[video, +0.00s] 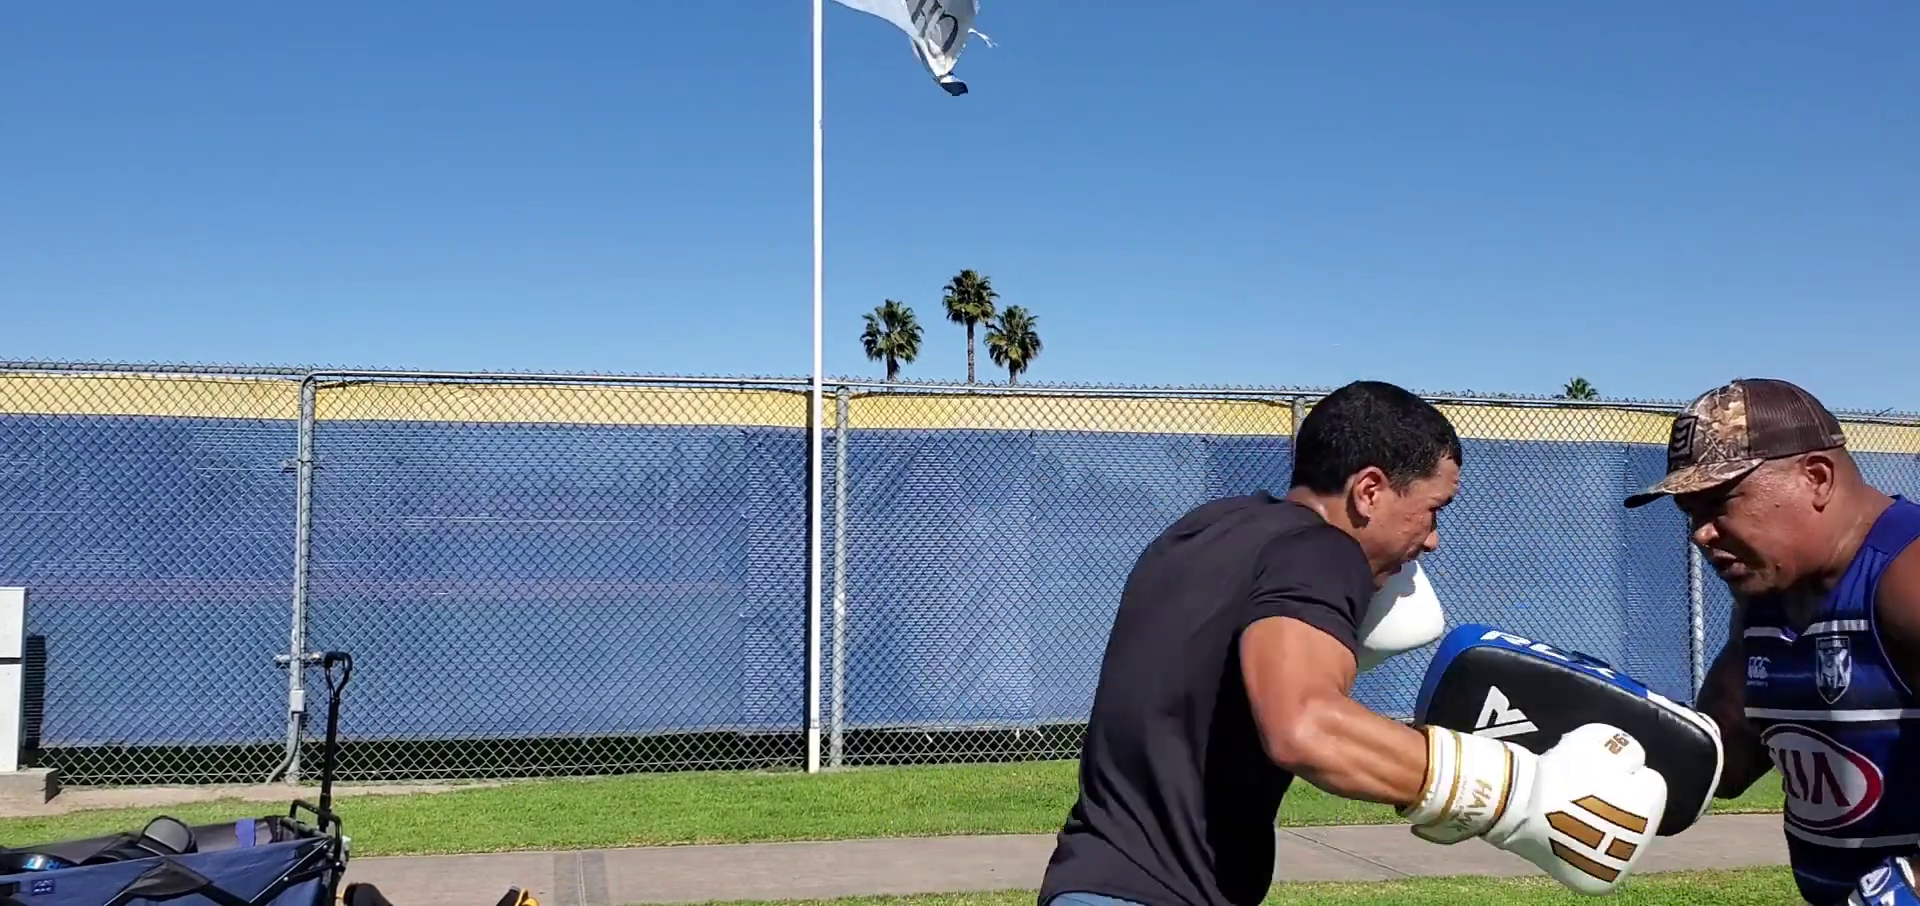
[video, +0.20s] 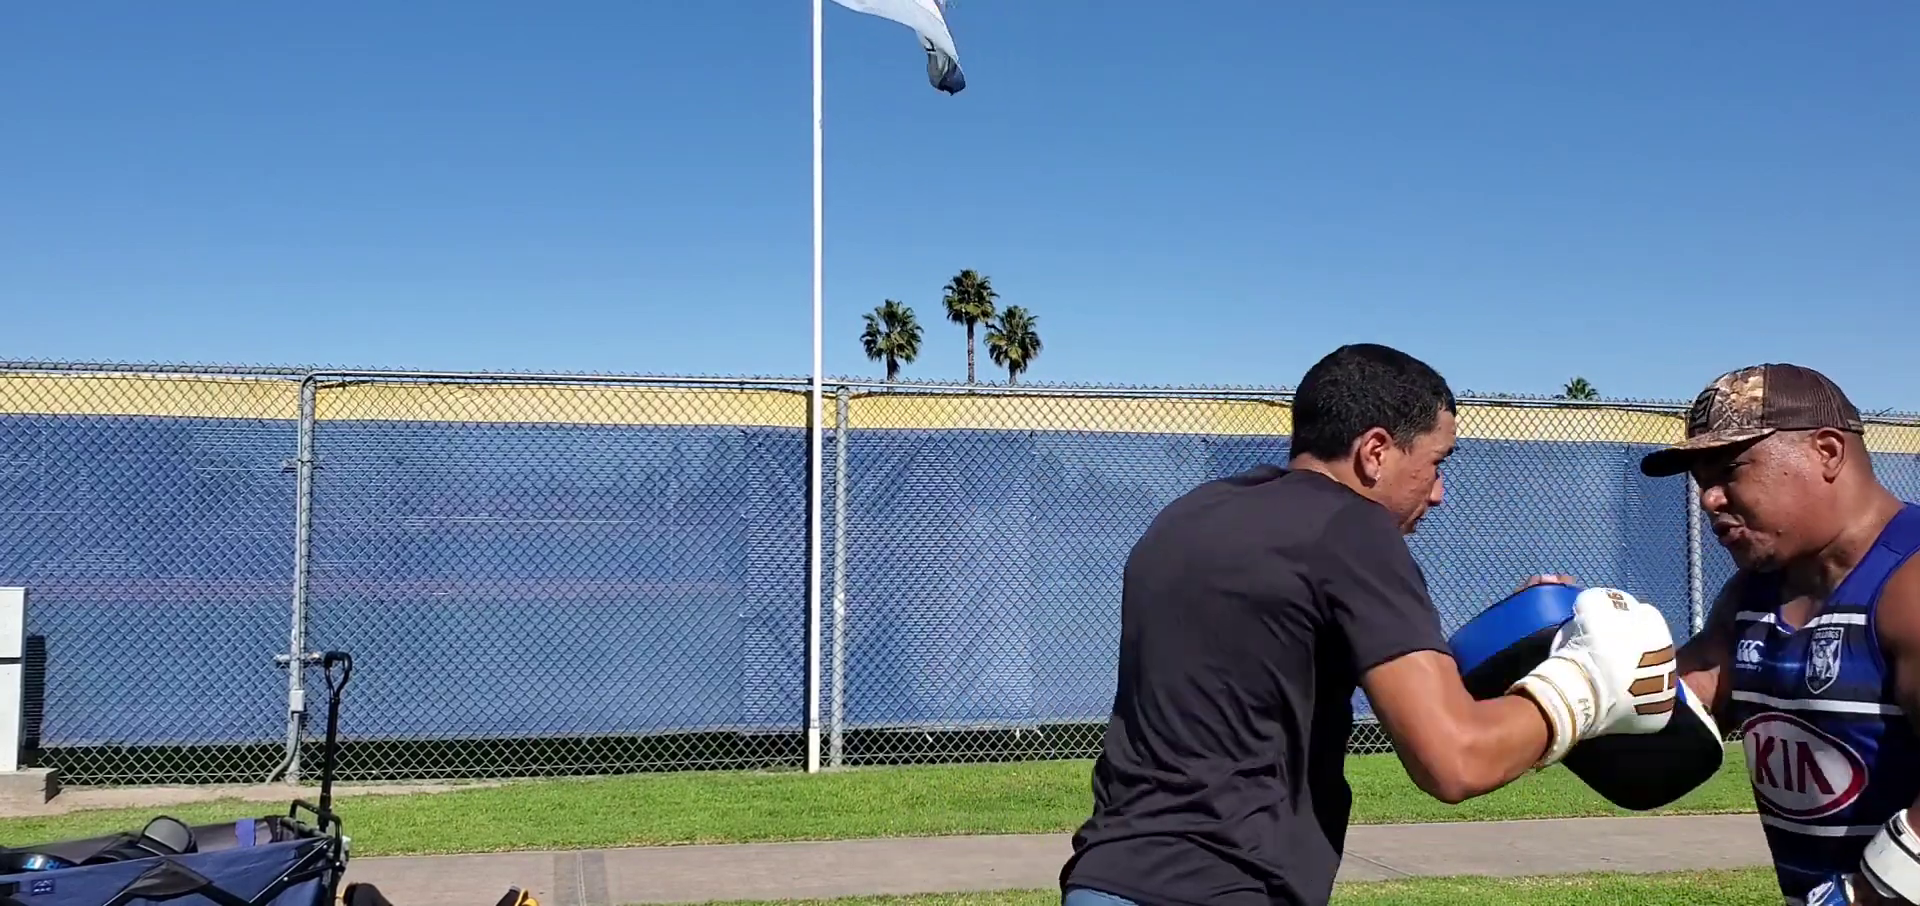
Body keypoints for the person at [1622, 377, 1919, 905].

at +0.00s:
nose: (1701, 535)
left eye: (1719, 504)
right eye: (1692, 512)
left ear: (1817, 480)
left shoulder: (1905, 582)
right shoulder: (1770, 596)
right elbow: (1728, 751)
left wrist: (1910, 884)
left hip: (1899, 890)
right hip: (1830, 889)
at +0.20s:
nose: (1708, 499)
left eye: (1728, 469)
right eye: (1702, 479)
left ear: (1827, 454)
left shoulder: (1906, 590)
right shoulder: (1753, 593)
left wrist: (1880, 881)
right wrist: (1571, 654)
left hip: (1892, 894)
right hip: (1812, 891)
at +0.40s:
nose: (1693, 504)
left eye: (1707, 476)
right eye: (1685, 489)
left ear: (1774, 451)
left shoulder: (1900, 542)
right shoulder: (1734, 584)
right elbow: (1624, 635)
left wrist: (1865, 850)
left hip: (1898, 883)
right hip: (1794, 875)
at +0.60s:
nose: (1683, 511)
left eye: (1699, 481)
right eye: (1672, 495)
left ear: (1769, 454)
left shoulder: (1900, 543)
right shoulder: (1709, 573)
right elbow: (1610, 657)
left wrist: (1874, 869)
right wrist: (1693, 539)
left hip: (1890, 878)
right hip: (1786, 871)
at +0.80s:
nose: (1667, 504)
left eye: (1678, 479)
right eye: (1664, 485)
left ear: (1743, 464)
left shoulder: (1897, 547)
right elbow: (1627, 666)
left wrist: (1894, 862)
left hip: (1884, 887)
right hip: (1793, 881)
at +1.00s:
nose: (1708, 464)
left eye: (1727, 437)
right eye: (1710, 446)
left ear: (1817, 425)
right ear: (1816, 426)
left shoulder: (1896, 527)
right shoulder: (1743, 583)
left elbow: (1915, 692)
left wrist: (1786, 839)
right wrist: (1665, 650)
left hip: (1885, 874)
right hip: (1801, 877)